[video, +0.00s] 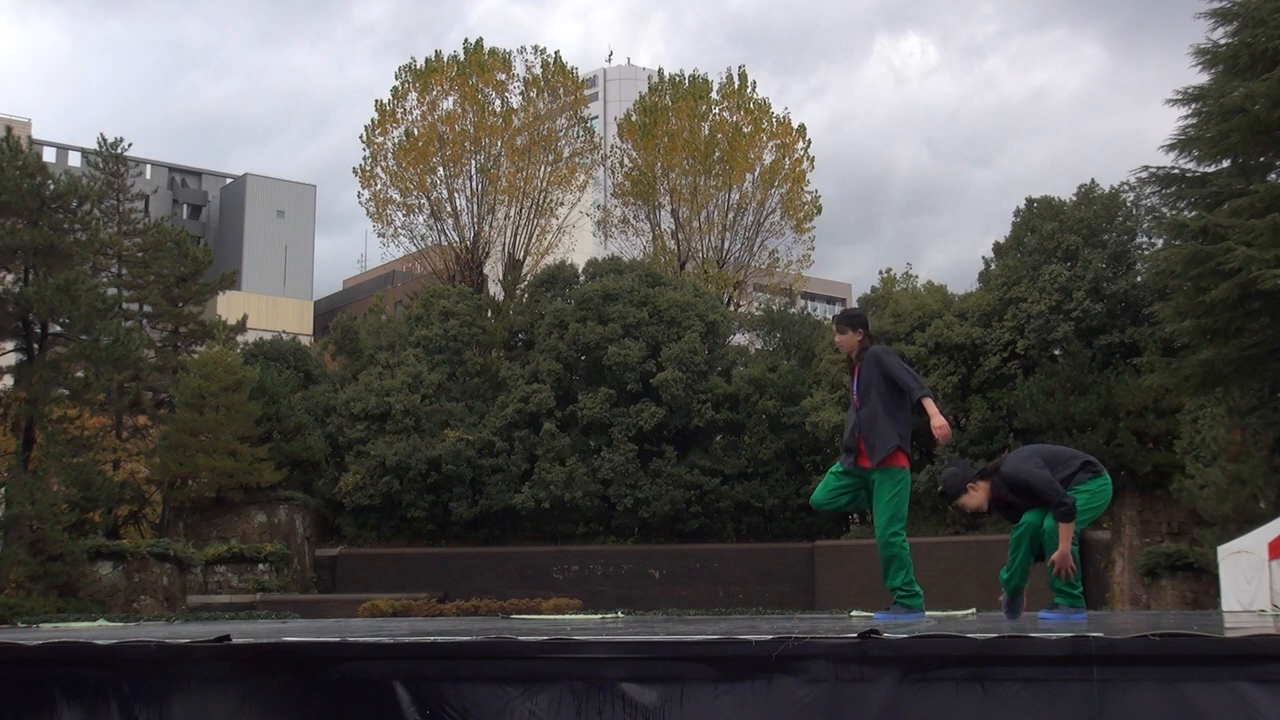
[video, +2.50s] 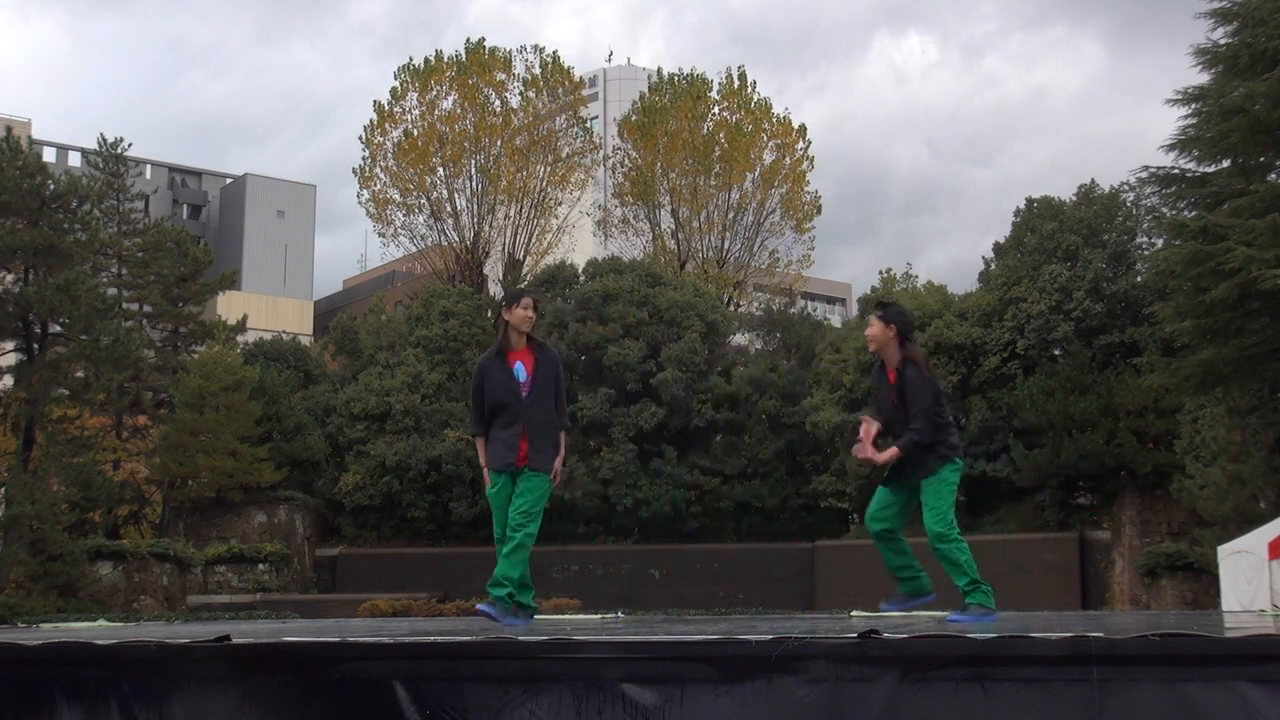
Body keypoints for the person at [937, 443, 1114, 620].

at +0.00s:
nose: (967, 510)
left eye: (962, 504)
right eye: (961, 507)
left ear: (972, 487)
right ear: (973, 487)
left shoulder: (1018, 471)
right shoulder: (1000, 499)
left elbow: (1066, 504)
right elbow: (1027, 533)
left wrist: (1064, 549)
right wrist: (1017, 588)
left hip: (1092, 483)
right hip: (1055, 493)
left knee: (1054, 524)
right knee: (1028, 523)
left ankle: (1071, 604)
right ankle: (1012, 591)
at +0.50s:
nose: (956, 491)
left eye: (954, 485)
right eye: (951, 488)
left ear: (966, 470)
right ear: (965, 468)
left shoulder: (1010, 464)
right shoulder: (976, 458)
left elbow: (1051, 508)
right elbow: (995, 473)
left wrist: (1067, 556)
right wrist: (987, 496)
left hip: (1066, 465)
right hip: (1033, 469)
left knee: (1034, 525)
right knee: (995, 514)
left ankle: (1070, 602)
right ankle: (999, 594)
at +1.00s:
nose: (937, 515)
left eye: (938, 509)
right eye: (933, 511)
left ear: (950, 496)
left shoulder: (989, 500)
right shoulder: (940, 475)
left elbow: (1020, 542)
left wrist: (1038, 588)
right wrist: (939, 517)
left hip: (1018, 512)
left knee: (954, 543)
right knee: (944, 537)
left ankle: (1010, 584)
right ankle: (984, 603)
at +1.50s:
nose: (917, 447)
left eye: (918, 440)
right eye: (913, 443)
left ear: (930, 427)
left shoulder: (971, 417)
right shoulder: (926, 445)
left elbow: (1021, 445)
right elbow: (922, 487)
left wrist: (1027, 482)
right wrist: (924, 535)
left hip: (1000, 457)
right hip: (965, 474)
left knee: (985, 471)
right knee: (968, 529)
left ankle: (958, 541)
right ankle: (985, 601)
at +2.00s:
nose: (890, 412)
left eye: (890, 404)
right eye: (887, 408)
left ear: (908, 393)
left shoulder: (953, 398)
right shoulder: (917, 432)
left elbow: (985, 426)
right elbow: (937, 473)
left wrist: (947, 450)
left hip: (1006, 447)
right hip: (969, 466)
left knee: (969, 452)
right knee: (973, 526)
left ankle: (956, 523)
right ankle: (986, 601)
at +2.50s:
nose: (866, 331)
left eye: (872, 325)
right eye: (868, 325)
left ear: (891, 331)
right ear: (885, 331)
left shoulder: (914, 371)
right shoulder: (881, 371)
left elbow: (922, 429)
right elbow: (885, 414)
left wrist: (884, 456)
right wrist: (874, 425)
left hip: (939, 460)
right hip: (907, 461)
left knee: (939, 529)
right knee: (879, 522)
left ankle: (980, 600)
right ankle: (916, 588)